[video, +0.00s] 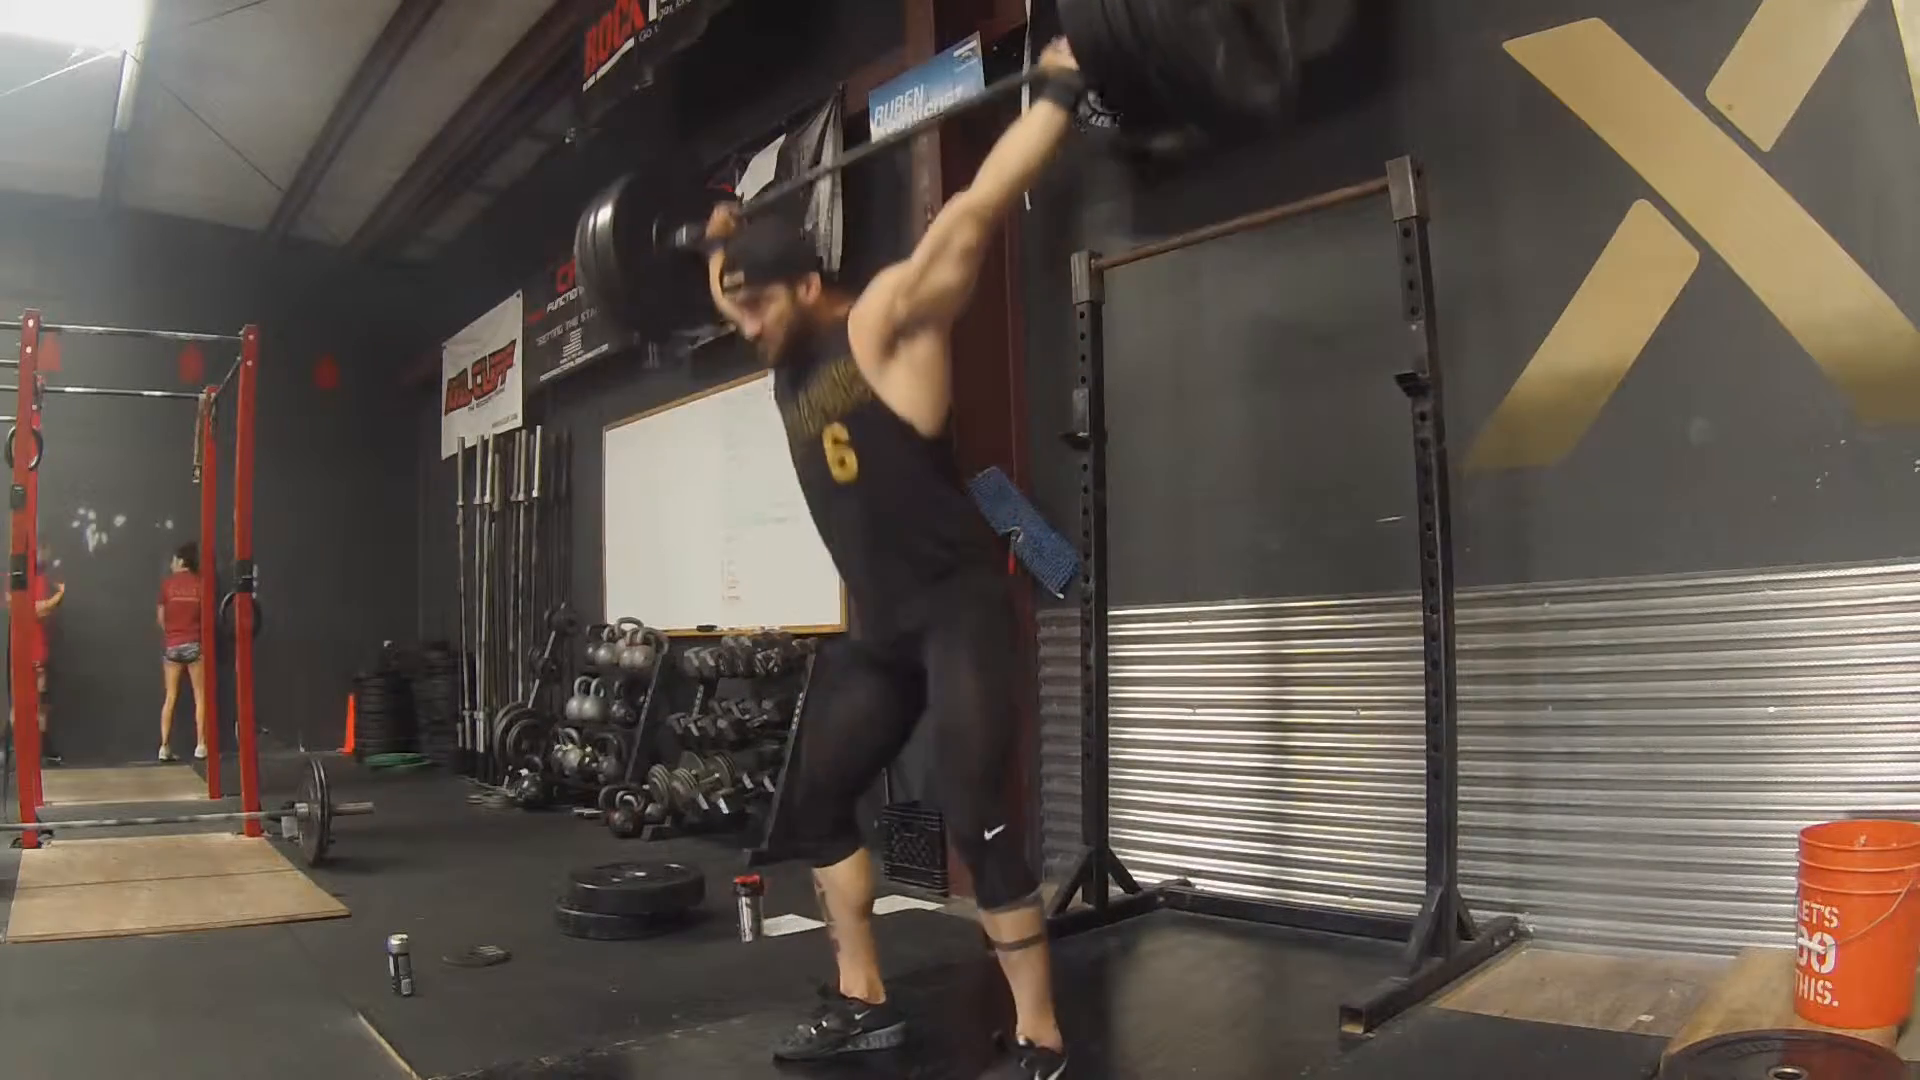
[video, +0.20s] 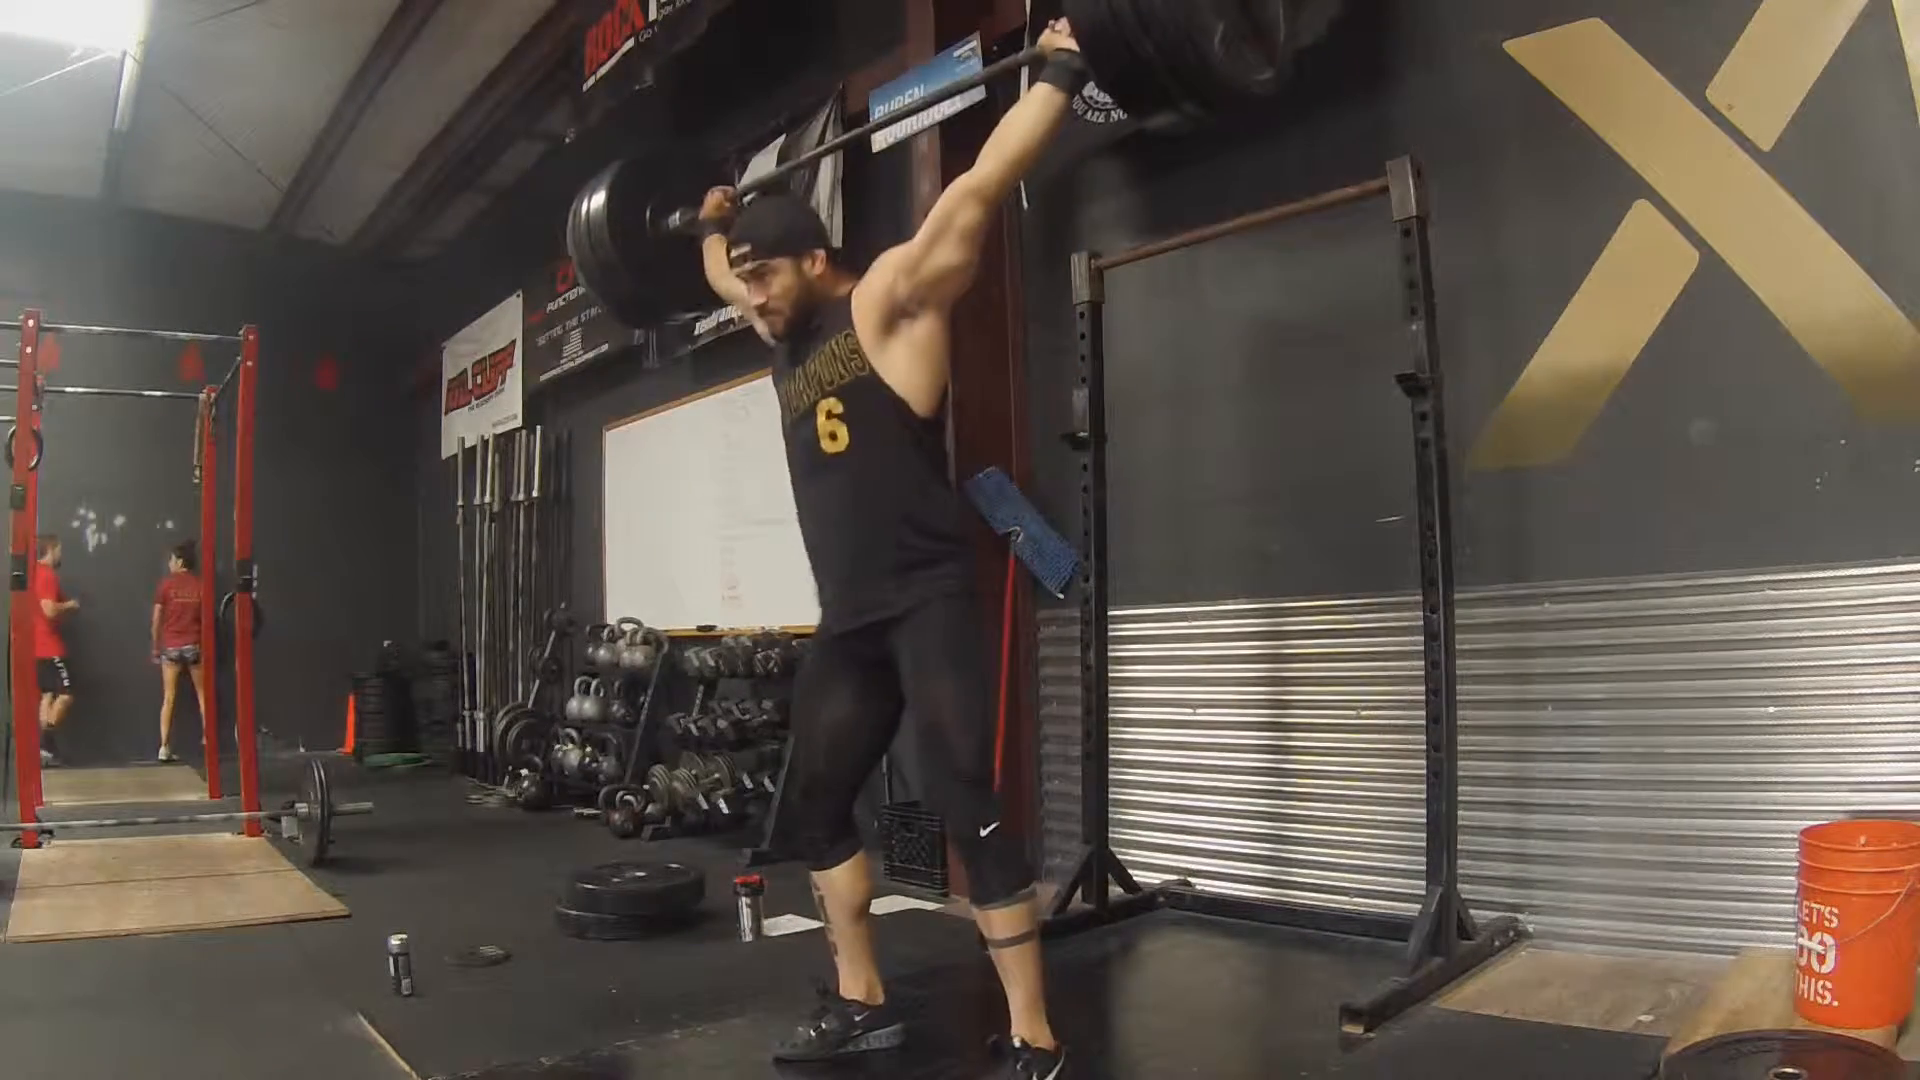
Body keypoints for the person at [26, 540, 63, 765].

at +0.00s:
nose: (46, 556)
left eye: (46, 550)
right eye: (43, 551)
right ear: (38, 555)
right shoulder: (38, 580)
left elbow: (39, 608)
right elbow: (39, 609)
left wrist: (56, 595)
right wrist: (59, 595)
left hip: (26, 652)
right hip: (36, 652)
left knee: (21, 701)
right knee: (40, 701)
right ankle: (41, 747)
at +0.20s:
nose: (60, 554)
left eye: (59, 550)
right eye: (58, 550)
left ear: (45, 551)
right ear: (48, 551)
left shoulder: (36, 573)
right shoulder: (45, 574)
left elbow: (44, 608)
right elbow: (49, 608)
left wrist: (62, 607)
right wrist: (70, 604)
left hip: (38, 644)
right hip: (48, 644)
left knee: (48, 693)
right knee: (65, 693)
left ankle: (43, 744)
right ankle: (46, 739)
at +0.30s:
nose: (68, 556)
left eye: (67, 551)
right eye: (66, 551)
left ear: (52, 551)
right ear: (56, 551)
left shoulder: (39, 575)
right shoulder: (52, 574)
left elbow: (40, 608)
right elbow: (53, 609)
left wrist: (64, 611)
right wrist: (73, 610)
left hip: (41, 647)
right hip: (54, 646)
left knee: (51, 693)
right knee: (75, 691)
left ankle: (45, 749)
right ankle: (69, 749)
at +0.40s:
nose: (76, 556)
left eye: (75, 551)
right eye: (74, 551)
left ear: (60, 552)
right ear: (64, 551)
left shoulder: (45, 576)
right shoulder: (61, 576)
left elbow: (41, 606)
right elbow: (59, 611)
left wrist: (68, 611)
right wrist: (78, 614)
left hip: (46, 647)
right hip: (63, 648)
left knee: (53, 694)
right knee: (82, 692)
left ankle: (48, 750)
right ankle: (95, 746)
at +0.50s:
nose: (84, 557)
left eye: (83, 552)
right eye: (82, 553)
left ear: (66, 553)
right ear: (72, 553)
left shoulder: (52, 574)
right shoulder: (68, 576)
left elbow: (52, 608)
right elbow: (67, 613)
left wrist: (75, 611)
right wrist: (84, 614)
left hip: (51, 647)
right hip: (69, 648)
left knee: (57, 694)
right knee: (88, 693)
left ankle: (49, 749)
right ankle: (107, 746)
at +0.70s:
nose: (98, 557)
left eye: (97, 552)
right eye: (96, 552)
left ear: (81, 553)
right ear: (88, 553)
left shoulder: (69, 575)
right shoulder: (86, 577)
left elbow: (67, 610)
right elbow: (87, 614)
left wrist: (92, 612)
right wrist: (102, 614)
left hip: (70, 650)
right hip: (87, 651)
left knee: (69, 695)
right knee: (99, 696)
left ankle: (52, 746)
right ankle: (112, 747)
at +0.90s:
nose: (113, 557)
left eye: (112, 553)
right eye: (111, 553)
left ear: (97, 553)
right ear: (102, 553)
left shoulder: (83, 574)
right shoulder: (100, 577)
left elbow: (86, 608)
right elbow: (106, 613)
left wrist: (116, 613)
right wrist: (125, 613)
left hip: (87, 647)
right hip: (103, 648)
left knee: (91, 694)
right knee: (106, 696)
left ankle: (67, 737)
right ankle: (114, 748)